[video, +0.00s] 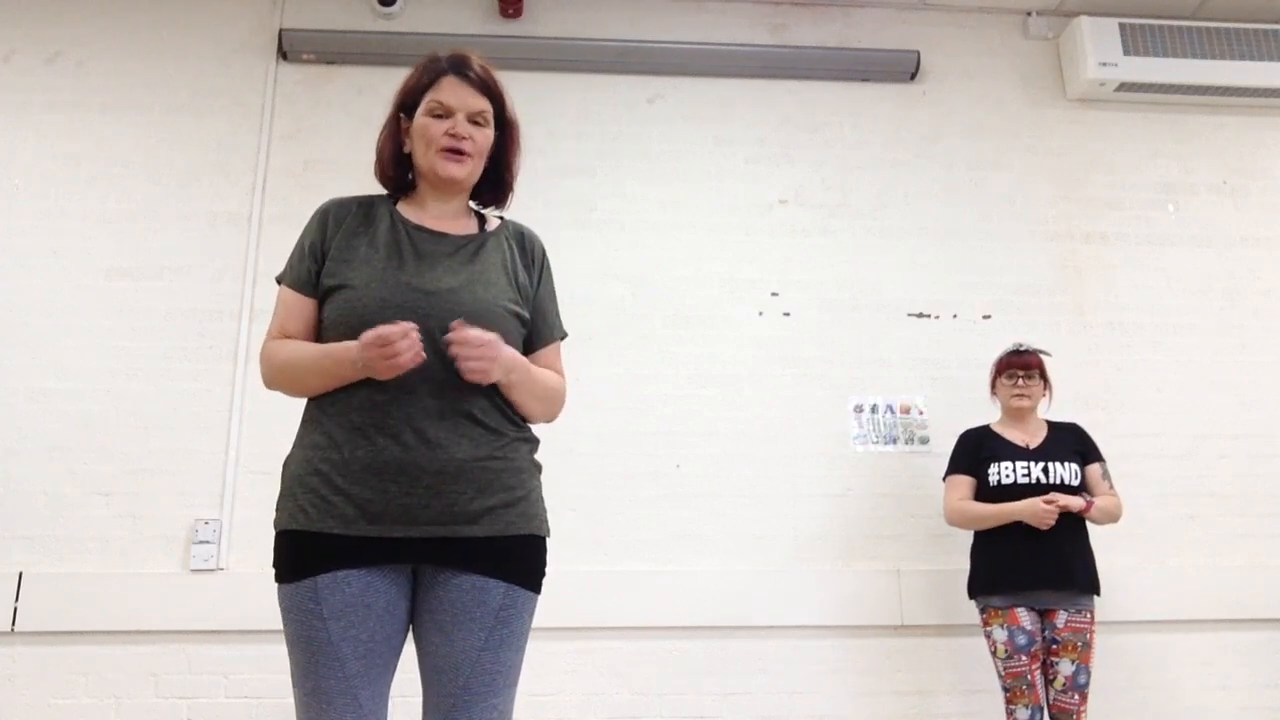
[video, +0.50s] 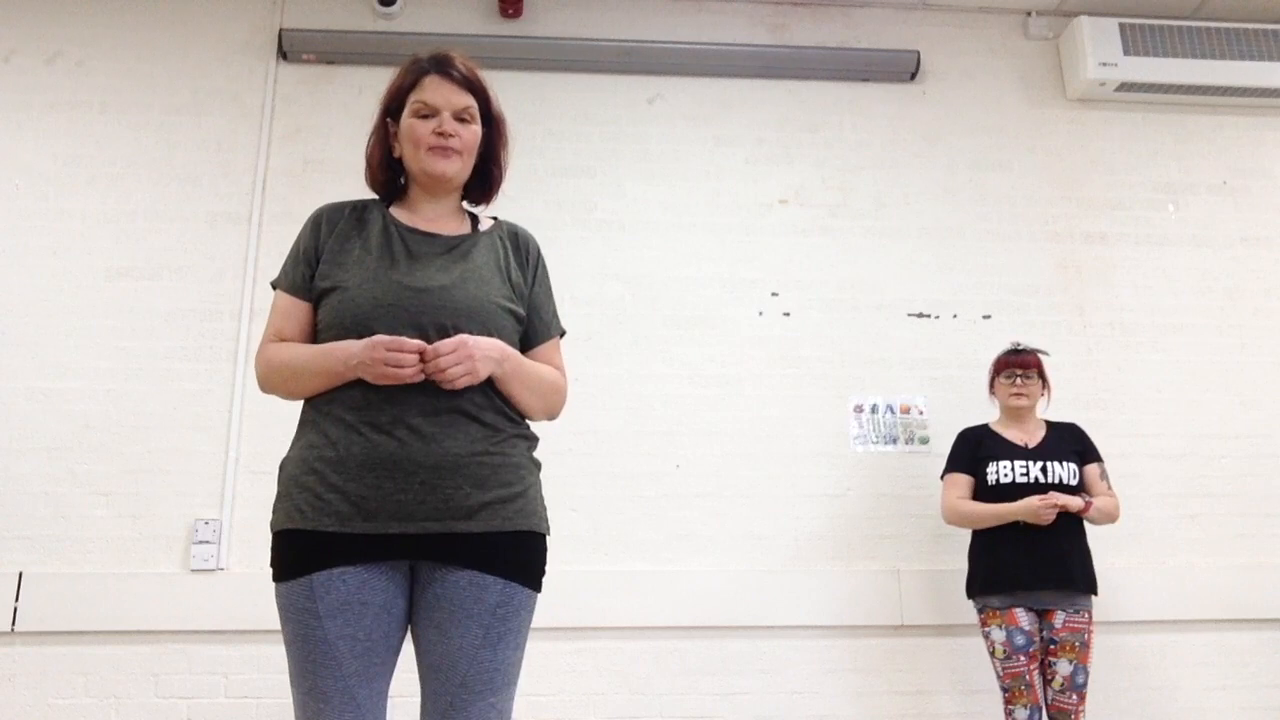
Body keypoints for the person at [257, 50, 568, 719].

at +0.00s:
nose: (458, 129)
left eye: (478, 119)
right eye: (439, 113)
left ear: (495, 141)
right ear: (406, 128)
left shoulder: (521, 249)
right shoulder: (338, 224)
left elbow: (550, 402)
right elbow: (276, 362)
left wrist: (508, 365)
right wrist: (355, 359)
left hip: (489, 524)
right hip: (339, 517)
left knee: (474, 714)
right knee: (337, 713)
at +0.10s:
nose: (456, 128)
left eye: (475, 118)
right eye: (437, 112)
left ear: (493, 141)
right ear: (403, 128)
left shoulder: (520, 249)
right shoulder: (336, 225)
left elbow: (551, 400)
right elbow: (274, 364)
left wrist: (503, 363)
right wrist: (361, 359)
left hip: (489, 523)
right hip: (337, 517)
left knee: (474, 714)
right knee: (338, 713)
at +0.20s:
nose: (453, 127)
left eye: (472, 116)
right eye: (434, 111)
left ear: (491, 140)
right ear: (401, 128)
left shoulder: (518, 247)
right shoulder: (335, 225)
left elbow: (551, 398)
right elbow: (273, 363)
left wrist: (502, 361)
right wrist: (359, 358)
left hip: (489, 523)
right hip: (337, 517)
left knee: (474, 714)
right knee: (338, 713)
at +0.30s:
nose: (450, 127)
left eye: (469, 116)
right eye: (431, 111)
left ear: (488, 140)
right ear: (398, 131)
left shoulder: (517, 248)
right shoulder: (334, 226)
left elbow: (550, 399)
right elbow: (274, 365)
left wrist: (502, 359)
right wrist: (359, 359)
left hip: (489, 519)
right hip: (337, 514)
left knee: (474, 713)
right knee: (338, 713)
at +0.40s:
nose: (447, 128)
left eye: (465, 117)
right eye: (428, 112)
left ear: (486, 139)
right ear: (395, 131)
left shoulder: (516, 248)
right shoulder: (333, 228)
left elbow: (550, 398)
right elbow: (273, 367)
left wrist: (500, 359)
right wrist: (357, 360)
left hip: (488, 521)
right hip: (335, 515)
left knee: (473, 714)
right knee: (337, 713)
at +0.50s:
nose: (446, 128)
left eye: (464, 117)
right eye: (427, 113)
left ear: (484, 138)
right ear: (395, 131)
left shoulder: (515, 248)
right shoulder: (332, 229)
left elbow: (550, 398)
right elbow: (271, 366)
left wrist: (499, 357)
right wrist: (354, 358)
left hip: (488, 520)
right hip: (334, 515)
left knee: (473, 713)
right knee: (337, 712)